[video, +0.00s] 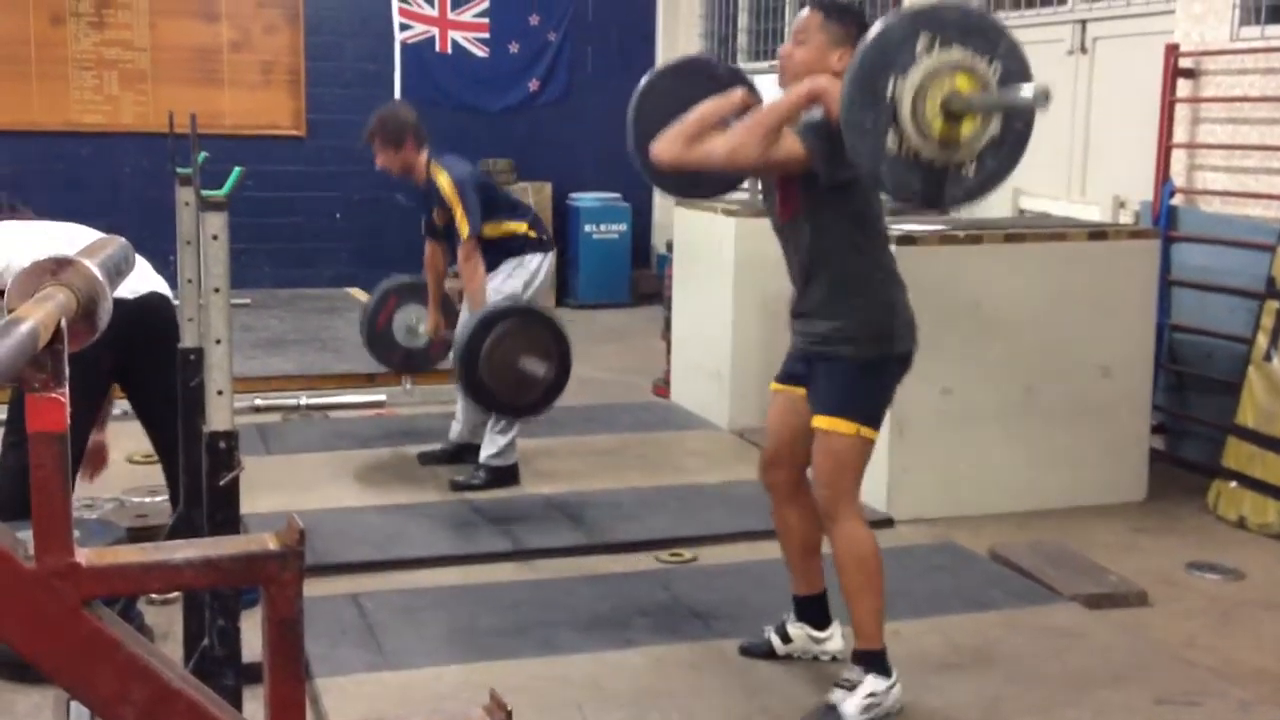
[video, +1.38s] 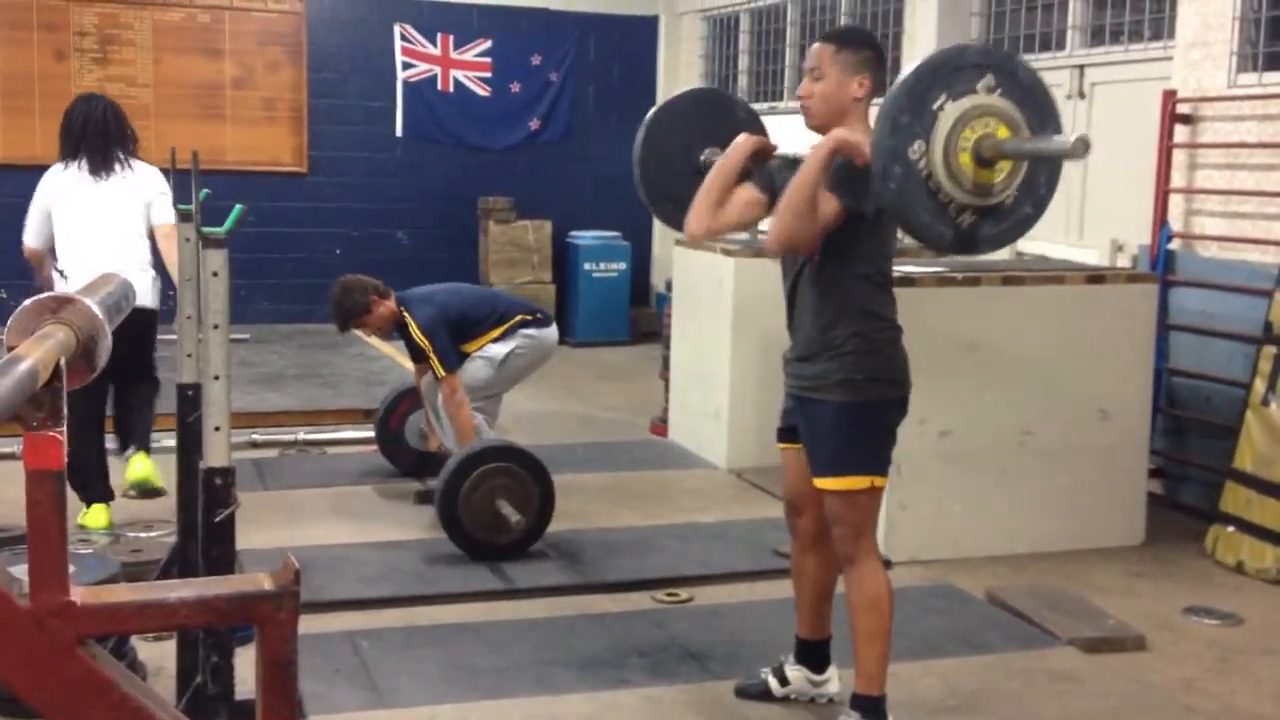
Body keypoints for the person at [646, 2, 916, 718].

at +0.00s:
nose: (783, 50)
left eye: (799, 39)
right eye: (788, 38)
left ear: (839, 57)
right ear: (796, 55)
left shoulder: (838, 125)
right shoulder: (779, 122)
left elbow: (738, 155)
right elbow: (666, 152)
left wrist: (803, 93)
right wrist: (734, 98)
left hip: (864, 334)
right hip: (813, 330)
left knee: (834, 492)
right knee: (780, 474)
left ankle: (875, 669)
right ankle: (813, 624)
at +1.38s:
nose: (801, 88)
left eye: (816, 75)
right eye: (805, 75)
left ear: (859, 85)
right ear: (847, 88)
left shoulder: (864, 158)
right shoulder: (811, 164)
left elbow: (785, 239)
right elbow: (702, 225)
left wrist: (823, 147)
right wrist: (737, 153)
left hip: (856, 379)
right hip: (808, 375)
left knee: (853, 541)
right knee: (806, 522)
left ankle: (870, 707)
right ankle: (810, 667)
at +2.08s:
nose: (656, 299)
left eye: (660, 281)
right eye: (652, 285)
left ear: (702, 262)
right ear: (698, 265)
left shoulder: (779, 311)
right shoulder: (722, 318)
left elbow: (834, 451)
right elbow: (734, 409)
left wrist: (845, 565)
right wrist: (737, 504)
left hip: (914, 396)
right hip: (851, 397)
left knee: (866, 549)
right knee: (792, 516)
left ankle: (880, 697)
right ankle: (801, 671)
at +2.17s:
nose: (648, 337)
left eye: (653, 321)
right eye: (643, 325)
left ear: (692, 300)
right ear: (691, 303)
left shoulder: (773, 342)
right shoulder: (716, 348)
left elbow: (831, 476)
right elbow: (733, 436)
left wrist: (846, 593)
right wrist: (738, 529)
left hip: (916, 397)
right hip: (851, 403)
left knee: (859, 552)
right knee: (785, 517)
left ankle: (874, 702)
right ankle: (800, 672)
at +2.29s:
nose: (648, 367)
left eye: (652, 352)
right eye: (643, 355)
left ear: (691, 334)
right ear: (690, 335)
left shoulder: (771, 369)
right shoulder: (714, 373)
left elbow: (828, 509)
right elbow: (733, 461)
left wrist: (844, 621)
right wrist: (738, 556)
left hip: (916, 406)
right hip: (854, 411)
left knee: (847, 547)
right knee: (773, 518)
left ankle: (871, 699)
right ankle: (799, 671)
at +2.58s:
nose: (657, 394)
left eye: (662, 380)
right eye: (653, 381)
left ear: (701, 362)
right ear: (701, 363)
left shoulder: (778, 402)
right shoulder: (723, 405)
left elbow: (822, 538)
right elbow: (730, 494)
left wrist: (836, 655)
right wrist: (733, 593)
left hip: (927, 425)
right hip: (867, 426)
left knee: (836, 555)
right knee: (765, 524)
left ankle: (869, 697)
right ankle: (797, 667)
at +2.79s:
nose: (660, 392)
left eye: (665, 378)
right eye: (656, 379)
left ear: (705, 361)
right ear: (704, 362)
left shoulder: (780, 401)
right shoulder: (728, 402)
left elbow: (816, 544)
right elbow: (731, 496)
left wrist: (830, 659)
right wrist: (732, 593)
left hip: (928, 433)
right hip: (869, 435)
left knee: (829, 562)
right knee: (762, 525)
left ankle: (873, 700)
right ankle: (797, 668)